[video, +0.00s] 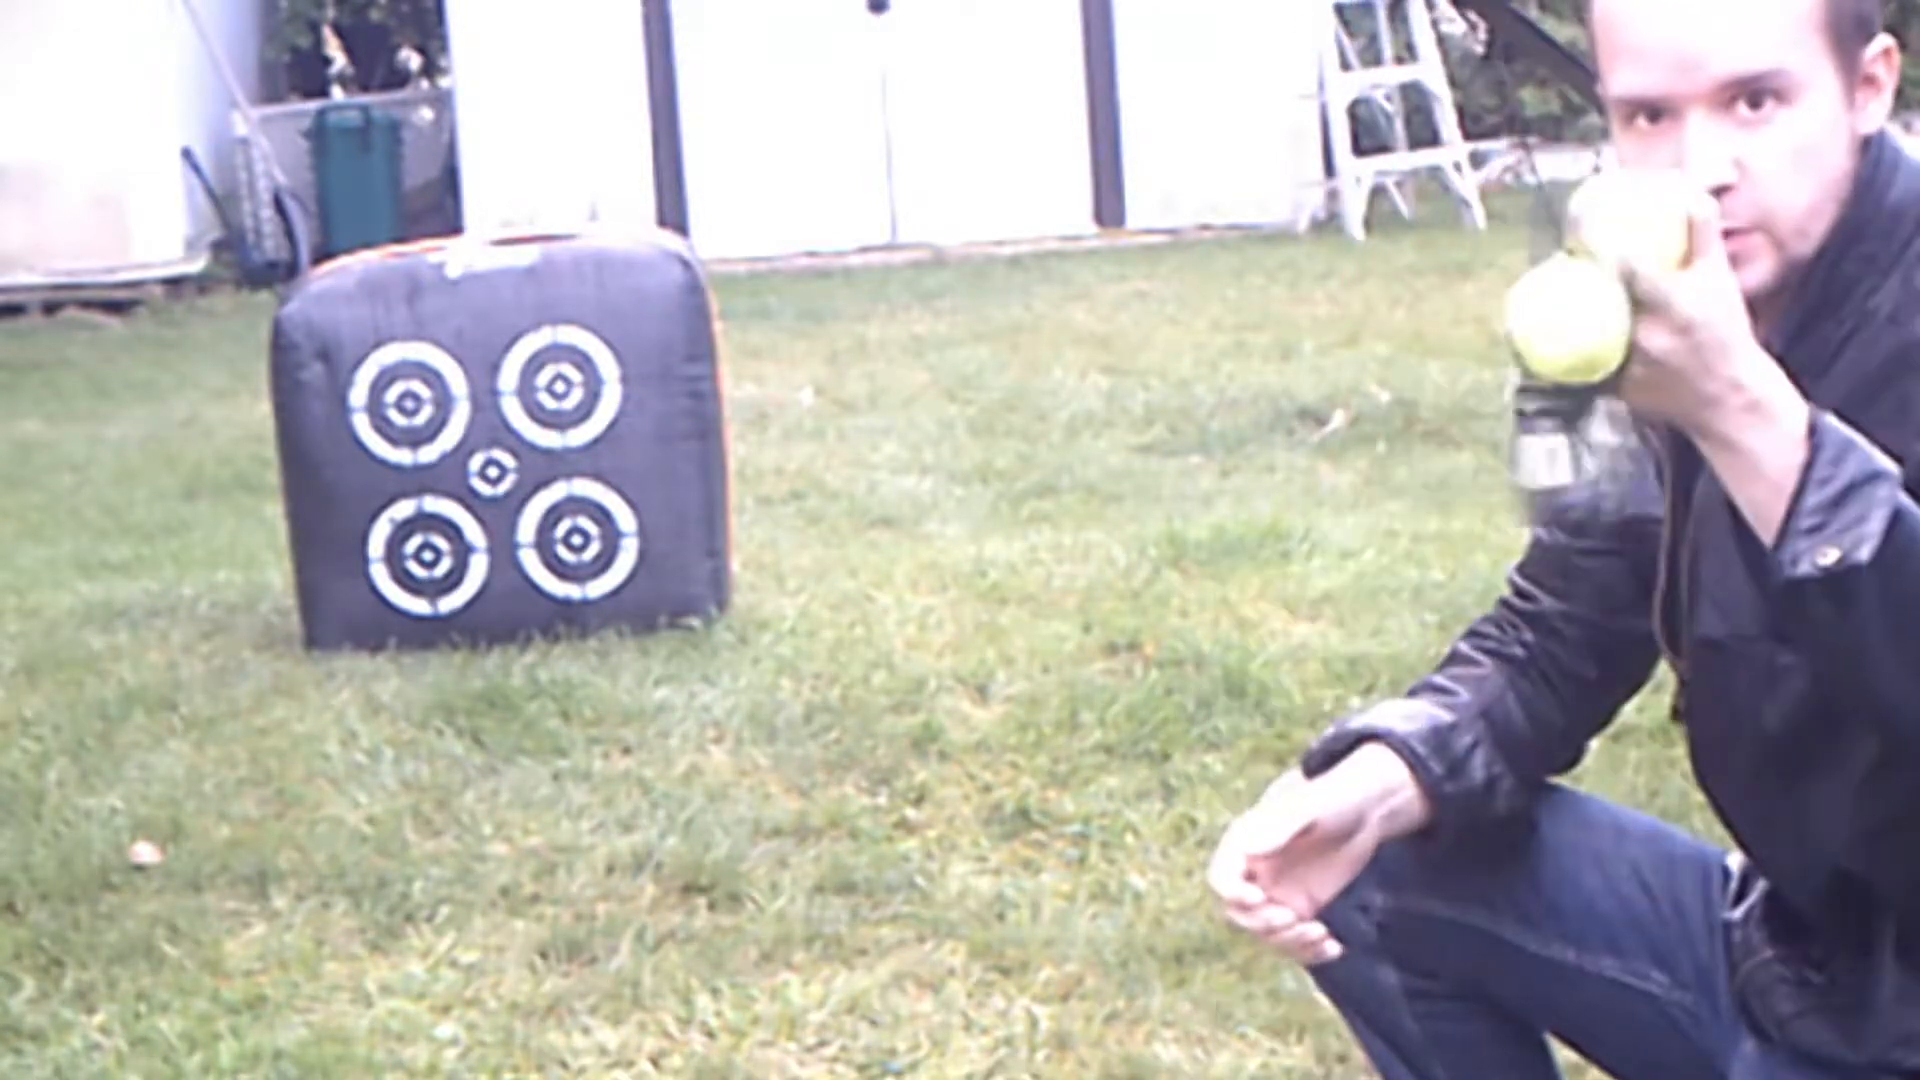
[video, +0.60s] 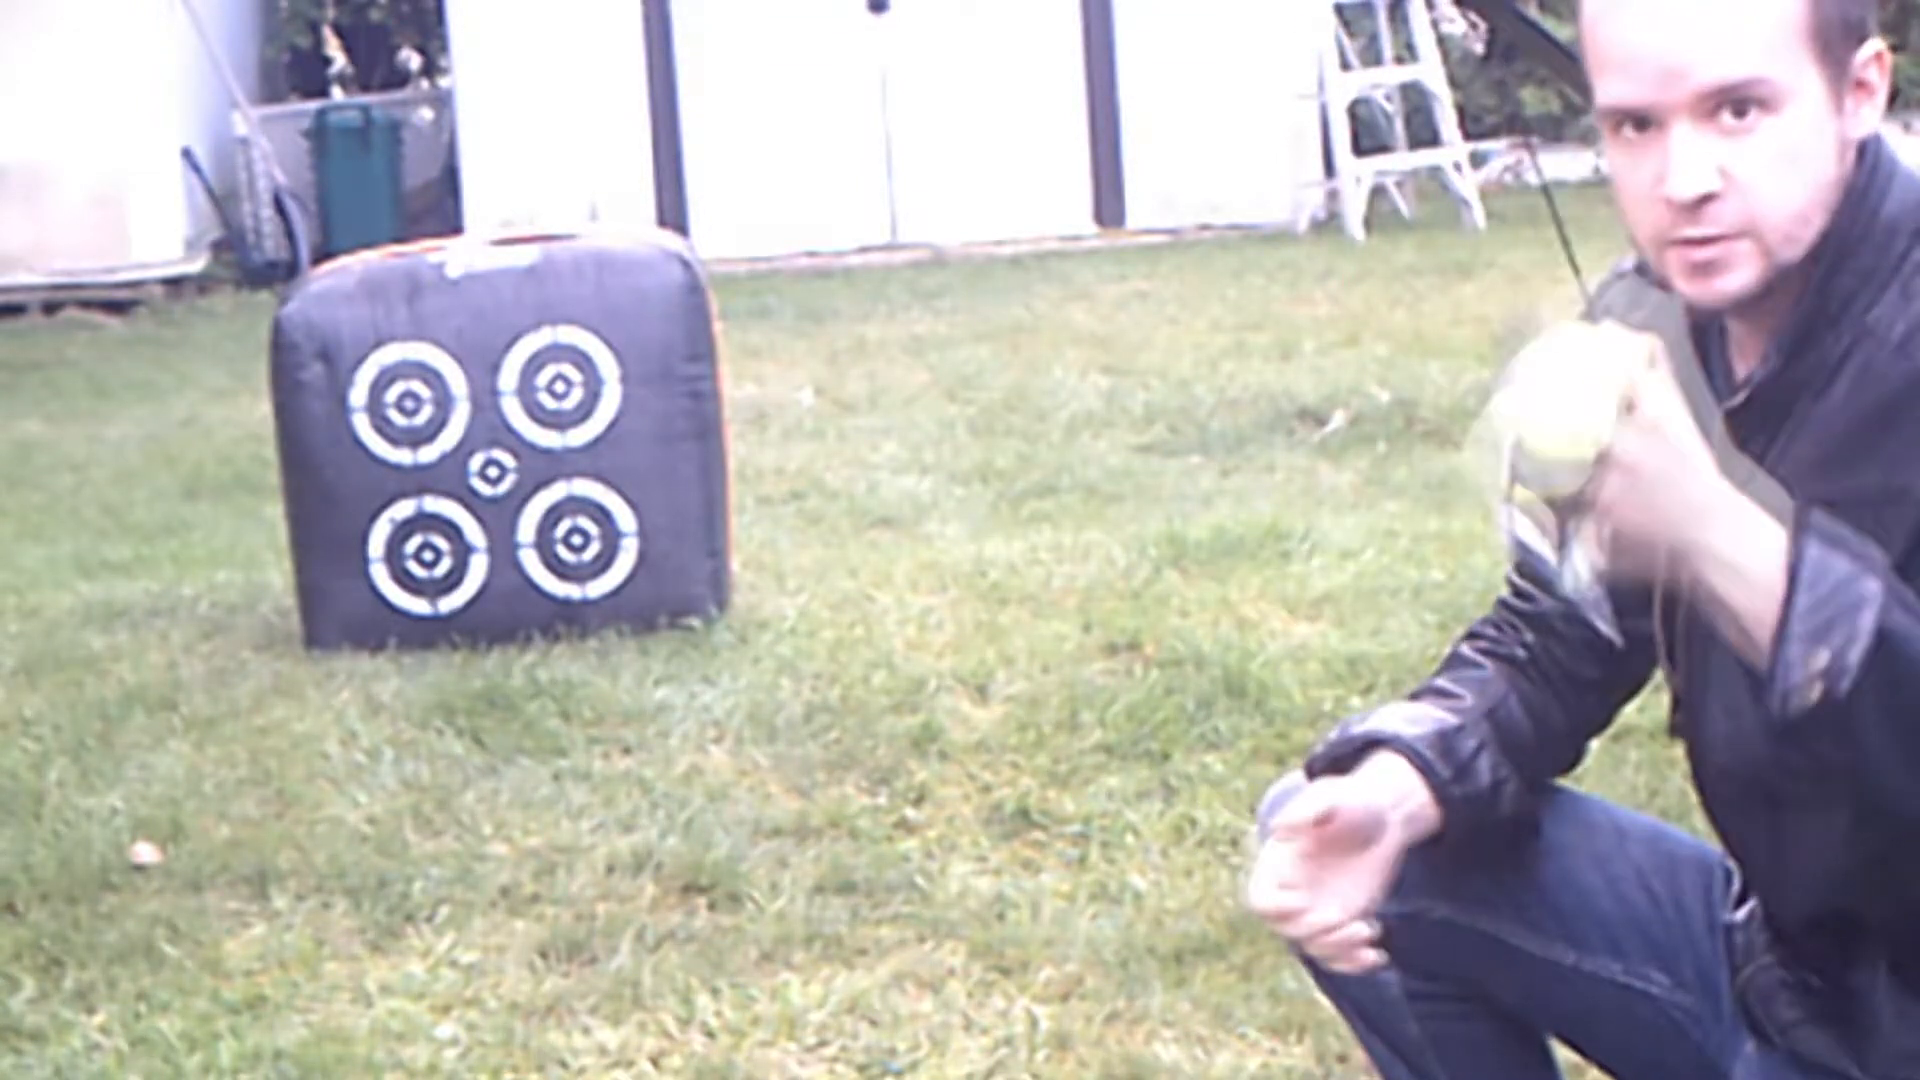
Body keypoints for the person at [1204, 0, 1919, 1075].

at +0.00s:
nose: (1701, 174)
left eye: (1757, 101)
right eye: (1648, 117)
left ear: (1872, 87)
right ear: (1607, 125)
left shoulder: (1911, 329)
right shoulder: (1675, 312)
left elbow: (1904, 680)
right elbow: (1557, 633)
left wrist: (1741, 412)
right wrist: (1387, 779)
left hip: (1893, 1037)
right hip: (1772, 944)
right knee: (1367, 869)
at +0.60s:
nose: (1683, 183)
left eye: (1738, 111)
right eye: (1635, 125)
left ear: (1862, 94)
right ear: (1598, 132)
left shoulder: (1905, 338)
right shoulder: (1646, 322)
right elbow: (1555, 637)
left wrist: (1712, 530)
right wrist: (1407, 781)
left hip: (1883, 1047)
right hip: (1766, 945)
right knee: (1360, 852)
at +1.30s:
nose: (1608, 287)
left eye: (1660, 232)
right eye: (1578, 228)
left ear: (1817, 179)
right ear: (1552, 191)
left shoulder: (1899, 422)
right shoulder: (1622, 348)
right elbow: (1551, 619)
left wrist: (1748, 1001)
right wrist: (1459, 806)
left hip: (1884, 988)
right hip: (1725, 911)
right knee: (1337, 816)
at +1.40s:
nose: (1606, 291)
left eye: (1656, 236)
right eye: (1572, 232)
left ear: (1813, 182)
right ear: (1548, 192)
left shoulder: (1899, 422)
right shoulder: (1621, 350)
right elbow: (1554, 617)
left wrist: (1745, 998)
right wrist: (1462, 804)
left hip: (1884, 989)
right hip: (1725, 912)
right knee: (1335, 816)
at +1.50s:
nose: (1605, 296)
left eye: (1653, 239)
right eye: (1571, 237)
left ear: (1809, 184)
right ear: (1545, 197)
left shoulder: (1899, 423)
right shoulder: (1622, 349)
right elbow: (1553, 617)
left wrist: (1715, 953)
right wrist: (1464, 807)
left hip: (1877, 1005)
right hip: (1717, 905)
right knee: (1336, 813)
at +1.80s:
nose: (1599, 297)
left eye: (1646, 240)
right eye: (1562, 239)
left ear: (1801, 180)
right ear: (1538, 198)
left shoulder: (1899, 417)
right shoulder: (1617, 349)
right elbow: (1552, 612)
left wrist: (1660, 970)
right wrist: (1464, 813)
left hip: (1877, 992)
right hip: (1706, 905)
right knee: (1332, 820)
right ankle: (1500, 1063)